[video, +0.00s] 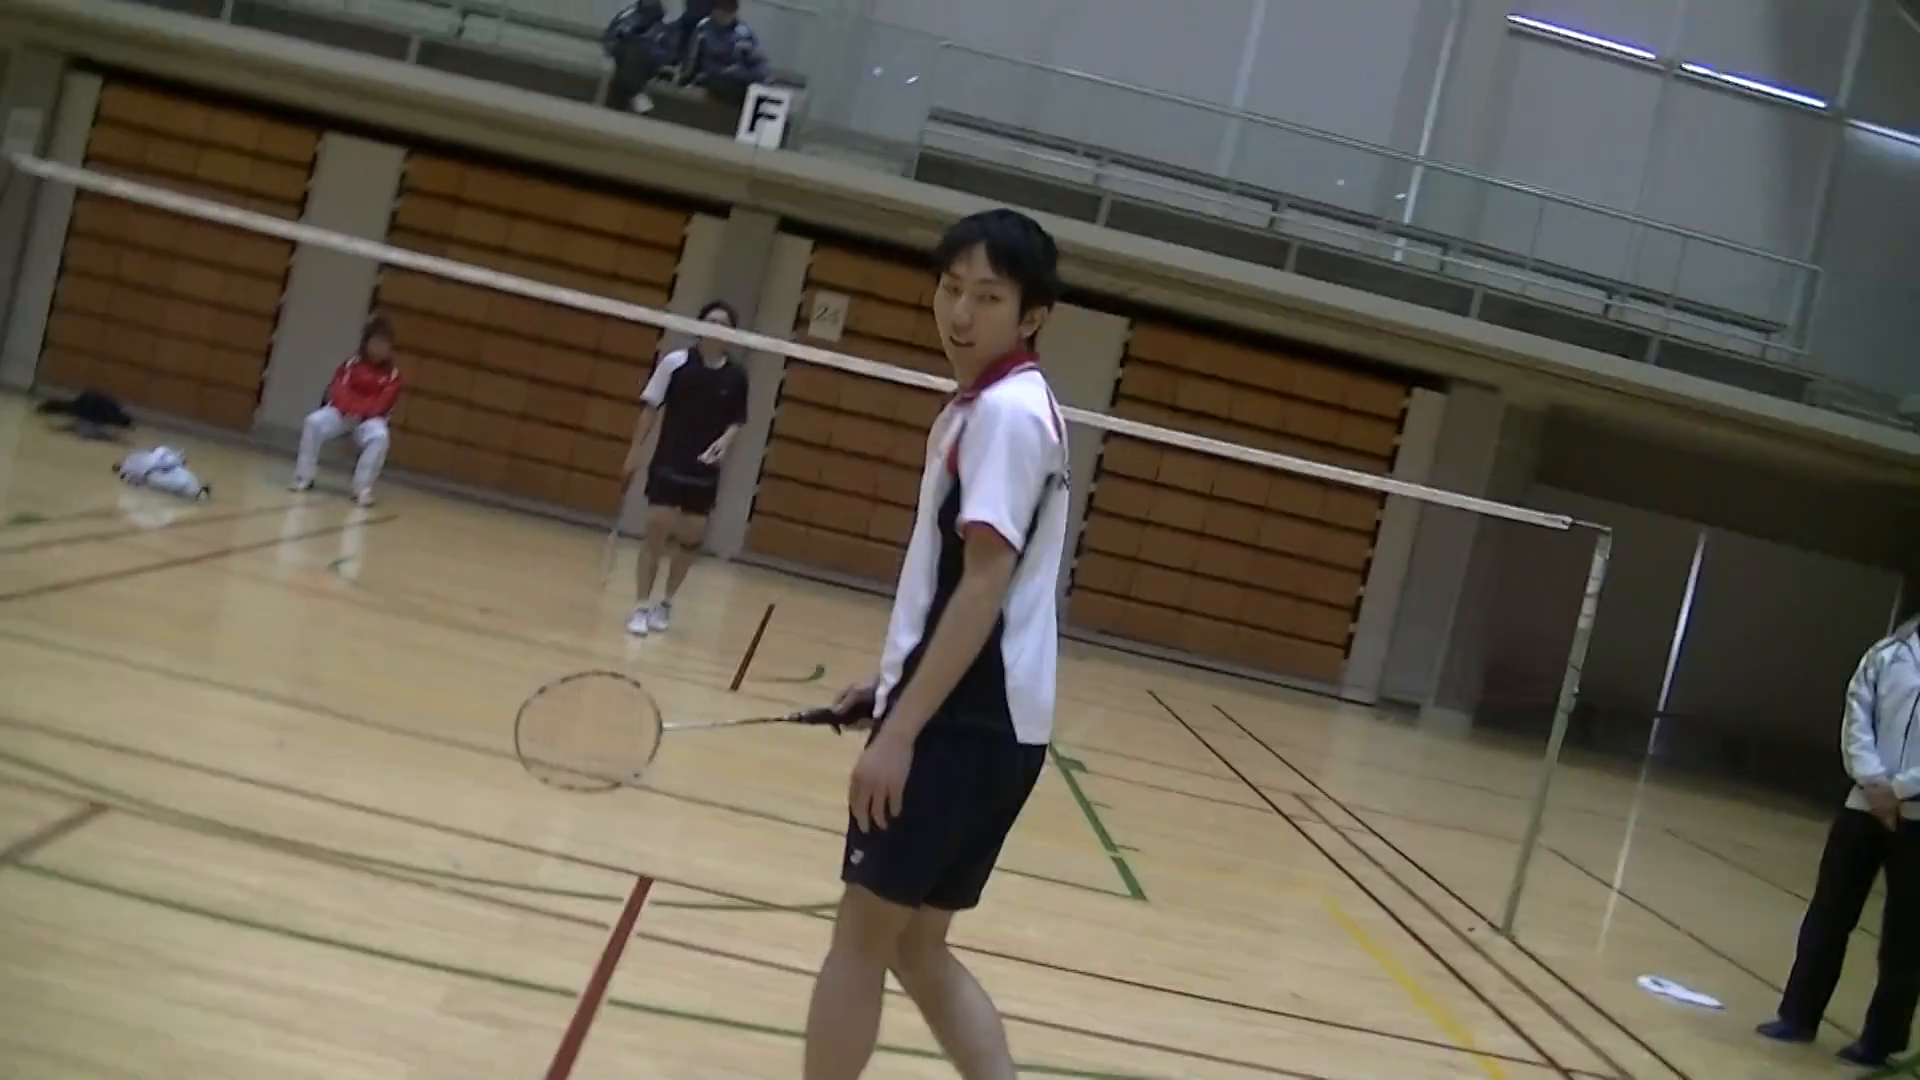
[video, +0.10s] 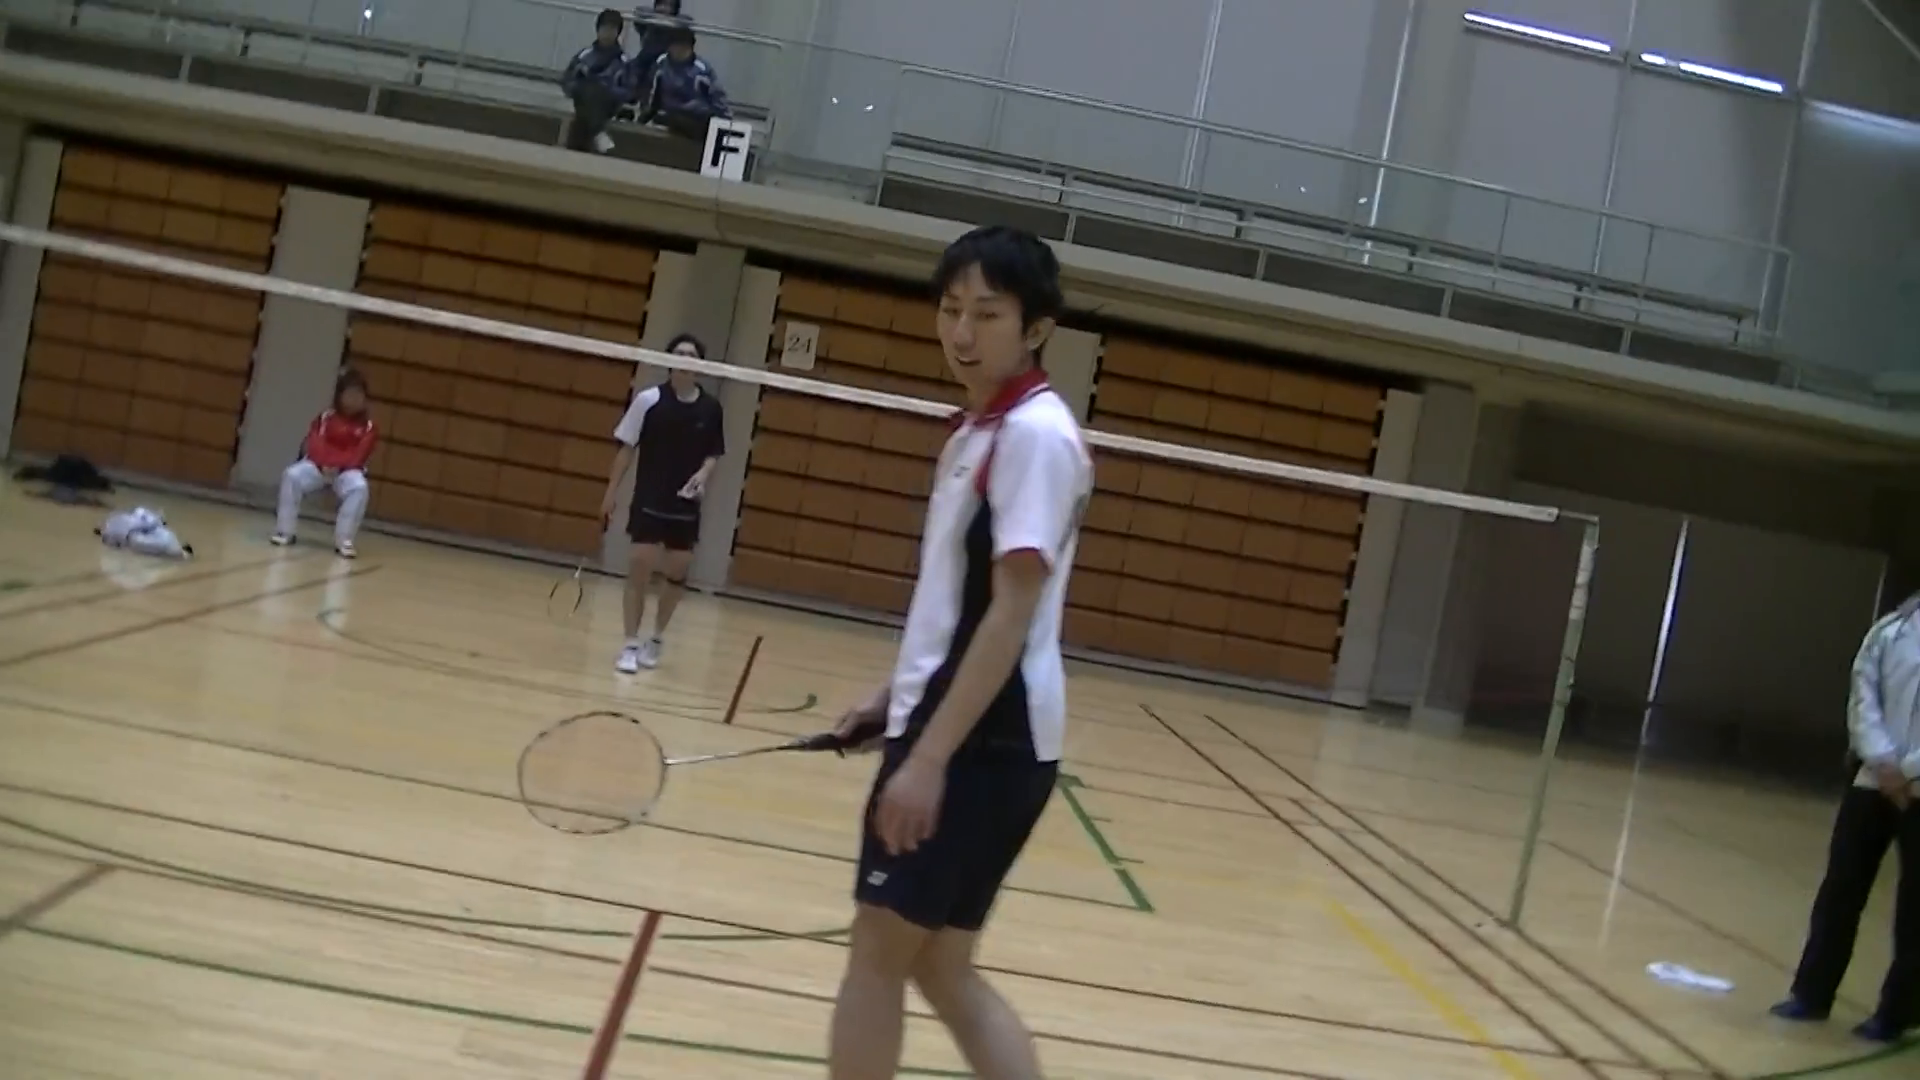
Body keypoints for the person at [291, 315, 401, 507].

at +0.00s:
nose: (378, 350)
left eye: (384, 344)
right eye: (374, 343)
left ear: (391, 348)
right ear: (365, 344)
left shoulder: (392, 376)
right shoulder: (351, 365)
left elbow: (382, 404)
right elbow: (337, 391)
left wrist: (360, 412)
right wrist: (348, 408)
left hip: (370, 417)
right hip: (342, 410)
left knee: (379, 439)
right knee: (314, 423)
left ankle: (362, 488)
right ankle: (304, 477)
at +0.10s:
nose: (353, 402)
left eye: (358, 396)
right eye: (348, 395)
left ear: (365, 399)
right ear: (339, 397)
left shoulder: (367, 427)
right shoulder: (326, 418)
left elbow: (358, 456)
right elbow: (314, 444)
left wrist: (338, 465)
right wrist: (323, 462)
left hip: (347, 469)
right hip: (319, 464)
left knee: (359, 489)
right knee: (292, 476)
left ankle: (345, 539)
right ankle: (285, 531)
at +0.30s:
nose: (320, 476)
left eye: (325, 470)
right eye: (315, 470)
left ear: (332, 472)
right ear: (306, 472)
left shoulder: (336, 501)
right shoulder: (296, 496)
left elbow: (331, 530)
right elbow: (286, 524)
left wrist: (313, 541)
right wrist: (298, 539)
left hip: (322, 544)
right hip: (294, 542)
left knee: (334, 563)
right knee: (267, 558)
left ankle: (325, 615)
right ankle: (265, 612)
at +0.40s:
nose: (295, 503)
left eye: (300, 497)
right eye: (289, 497)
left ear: (306, 499)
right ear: (280, 500)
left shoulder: (312, 527)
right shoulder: (269, 524)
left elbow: (308, 556)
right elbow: (261, 550)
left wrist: (289, 569)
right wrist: (272, 567)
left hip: (298, 571)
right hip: (270, 570)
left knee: (311, 590)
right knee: (243, 586)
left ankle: (303, 642)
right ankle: (242, 641)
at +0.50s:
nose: (273, 519)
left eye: (278, 512)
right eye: (268, 513)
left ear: (284, 515)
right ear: (258, 516)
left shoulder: (289, 543)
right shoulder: (247, 540)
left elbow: (286, 572)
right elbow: (238, 566)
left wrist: (266, 585)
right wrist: (250, 584)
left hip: (275, 588)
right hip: (247, 586)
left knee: (288, 607)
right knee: (220, 603)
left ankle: (281, 659)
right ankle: (220, 658)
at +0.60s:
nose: (254, 526)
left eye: (258, 520)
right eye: (248, 521)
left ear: (263, 523)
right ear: (237, 524)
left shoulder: (268, 552)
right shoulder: (225, 549)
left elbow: (264, 580)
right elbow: (217, 576)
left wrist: (244, 593)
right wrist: (230, 591)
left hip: (254, 595)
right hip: (226, 594)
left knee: (268, 613)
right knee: (199, 611)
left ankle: (261, 667)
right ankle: (200, 666)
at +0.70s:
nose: (232, 516)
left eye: (236, 510)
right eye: (226, 511)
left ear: (242, 513)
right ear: (216, 514)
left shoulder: (248, 541)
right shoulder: (205, 539)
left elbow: (246, 569)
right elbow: (198, 565)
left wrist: (226, 583)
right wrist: (209, 582)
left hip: (235, 585)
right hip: (206, 584)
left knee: (249, 603)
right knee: (180, 601)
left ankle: (242, 655)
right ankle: (181, 656)